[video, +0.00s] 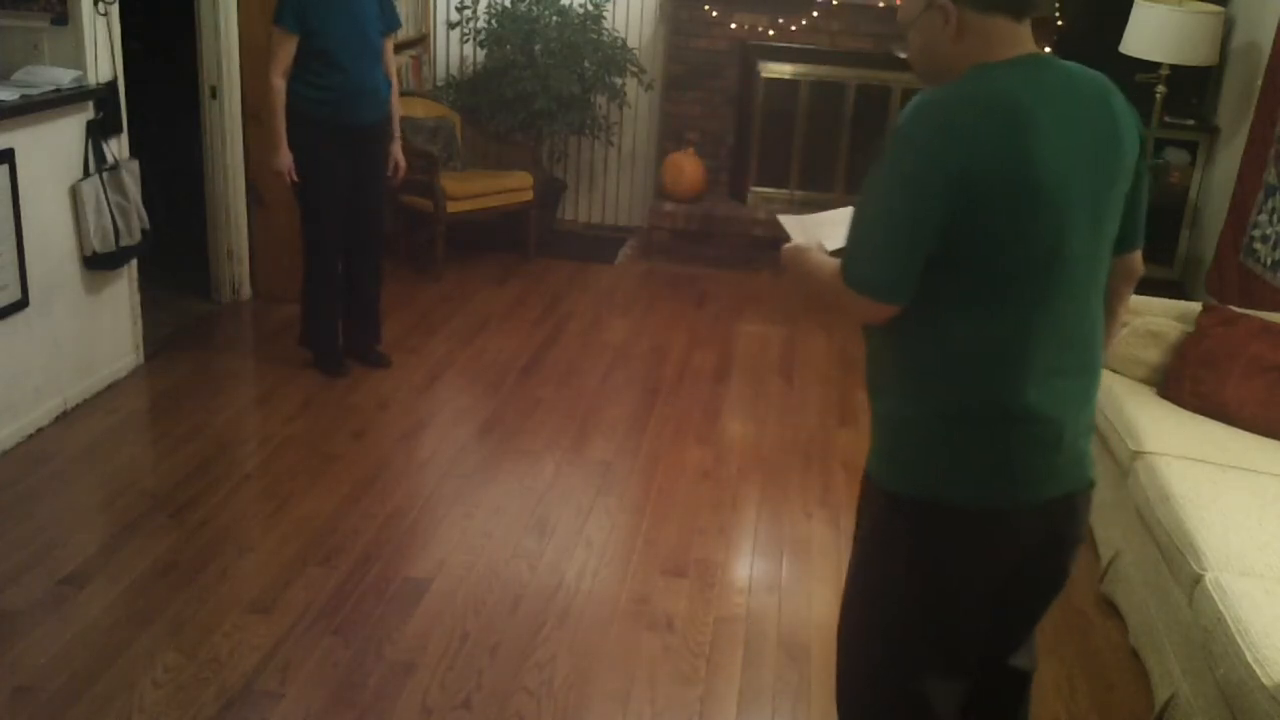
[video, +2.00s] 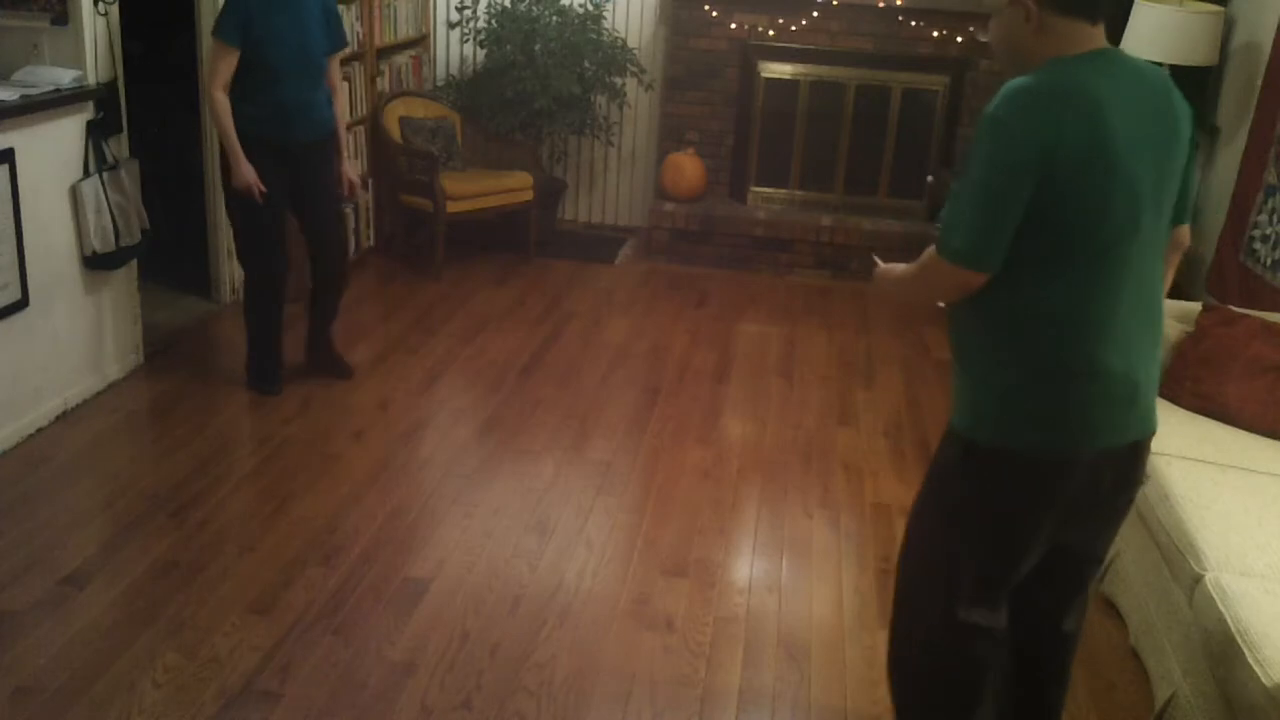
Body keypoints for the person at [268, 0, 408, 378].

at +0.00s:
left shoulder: (381, 6)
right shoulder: (297, 7)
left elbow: (389, 71)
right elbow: (278, 74)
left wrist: (396, 138)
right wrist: (281, 146)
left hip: (371, 132)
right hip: (317, 133)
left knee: (367, 238)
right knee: (323, 240)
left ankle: (363, 339)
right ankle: (323, 345)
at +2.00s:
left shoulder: (323, 8)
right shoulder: (241, 9)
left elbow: (334, 85)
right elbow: (217, 88)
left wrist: (343, 157)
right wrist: (237, 161)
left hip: (315, 151)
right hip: (256, 156)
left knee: (332, 256)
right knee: (266, 266)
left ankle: (320, 349)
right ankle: (263, 368)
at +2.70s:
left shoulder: (379, 6)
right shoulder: (300, 7)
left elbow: (389, 74)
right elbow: (272, 76)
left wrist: (408, 144)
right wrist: (302, 150)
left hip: (365, 139)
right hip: (309, 142)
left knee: (365, 244)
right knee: (316, 245)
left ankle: (356, 347)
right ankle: (304, 343)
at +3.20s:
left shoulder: (422, 7)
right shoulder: (347, 9)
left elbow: (429, 78)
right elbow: (324, 85)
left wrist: (435, 146)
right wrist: (337, 164)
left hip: (411, 144)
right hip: (365, 144)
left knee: (407, 254)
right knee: (369, 253)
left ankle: (398, 361)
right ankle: (325, 337)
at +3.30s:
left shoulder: (436, 8)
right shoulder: (357, 9)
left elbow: (449, 81)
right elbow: (332, 86)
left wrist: (468, 152)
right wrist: (336, 166)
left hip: (420, 145)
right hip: (371, 145)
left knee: (416, 250)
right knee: (397, 251)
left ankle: (399, 359)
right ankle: (372, 356)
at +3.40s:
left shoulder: (451, 10)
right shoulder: (373, 10)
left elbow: (469, 87)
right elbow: (339, 90)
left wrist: (493, 158)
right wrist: (335, 166)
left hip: (431, 148)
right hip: (379, 149)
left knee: (419, 260)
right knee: (413, 262)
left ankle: (395, 360)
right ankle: (421, 385)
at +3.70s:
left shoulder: (501, 19)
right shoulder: (421, 18)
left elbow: (517, 92)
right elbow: (383, 101)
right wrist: (372, 175)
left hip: (478, 163)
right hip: (422, 163)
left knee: (452, 267)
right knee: (456, 275)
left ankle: (406, 349)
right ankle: (482, 404)